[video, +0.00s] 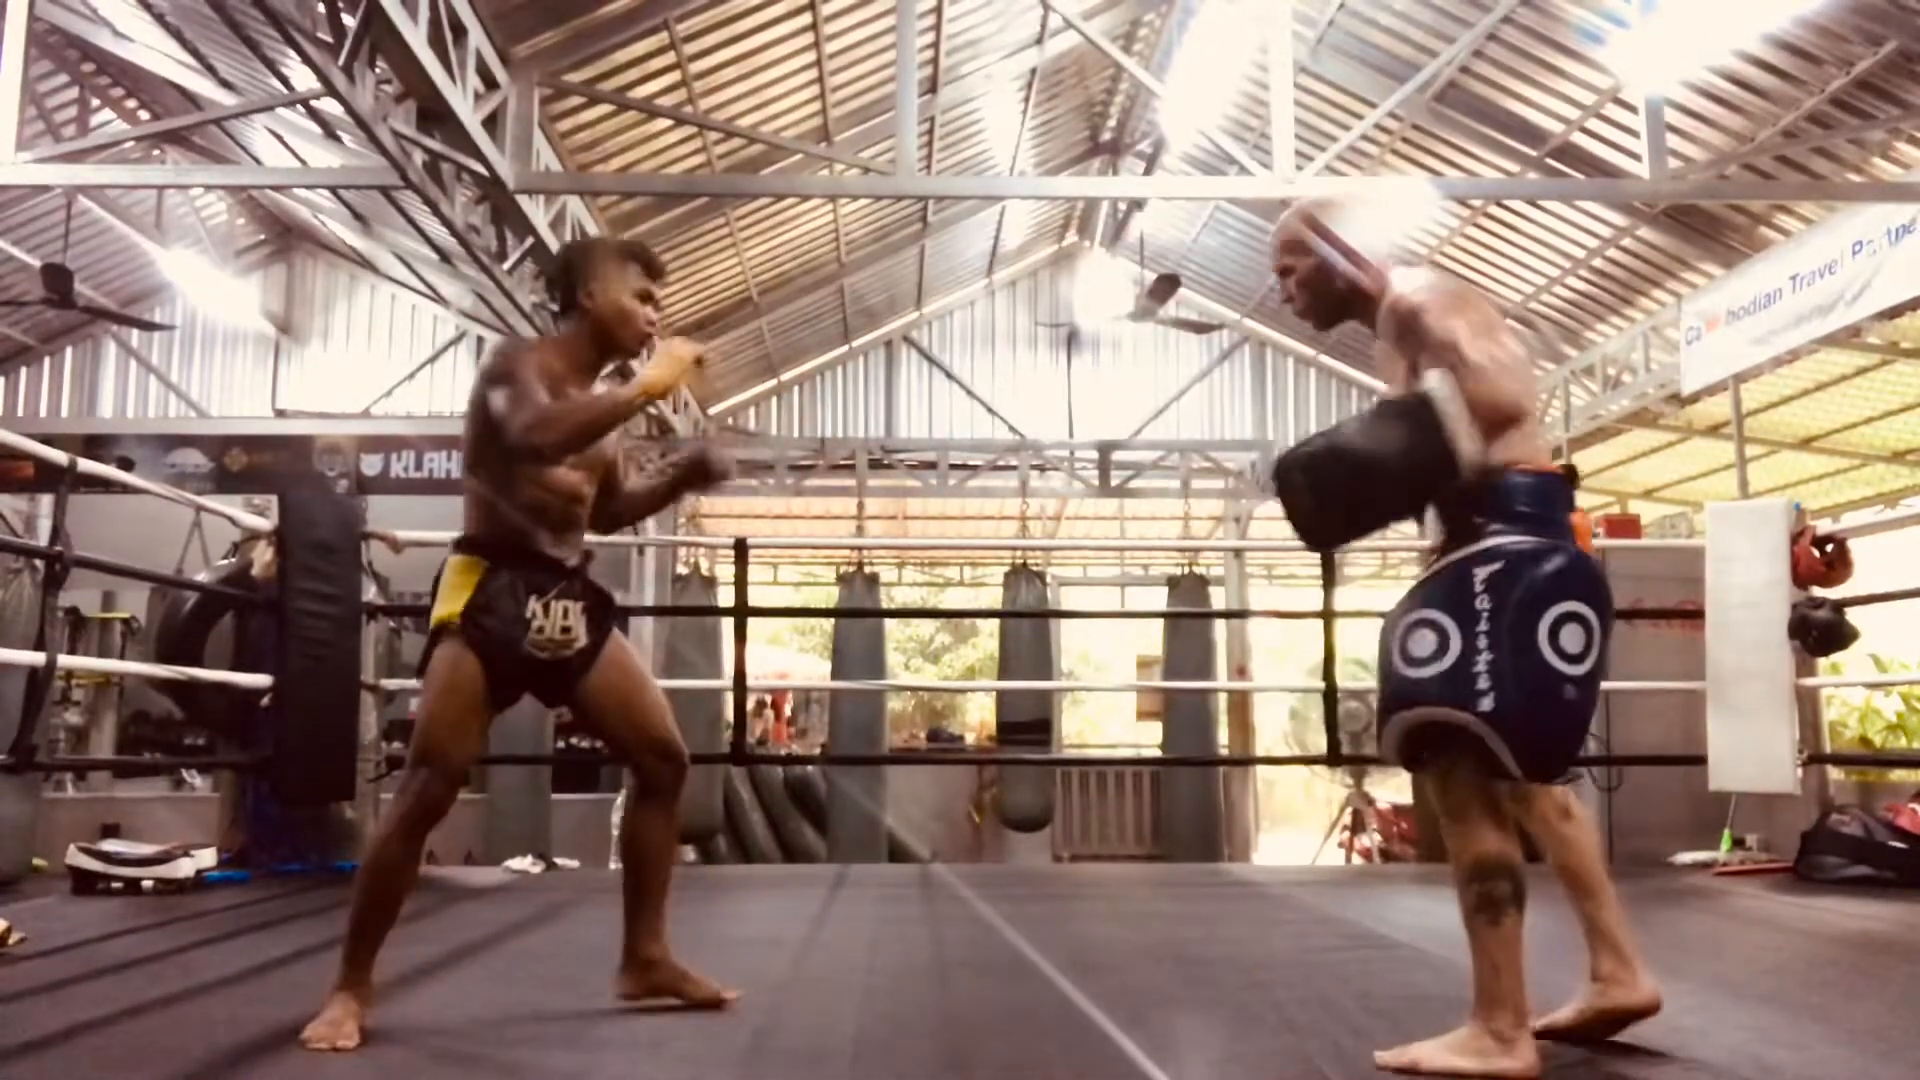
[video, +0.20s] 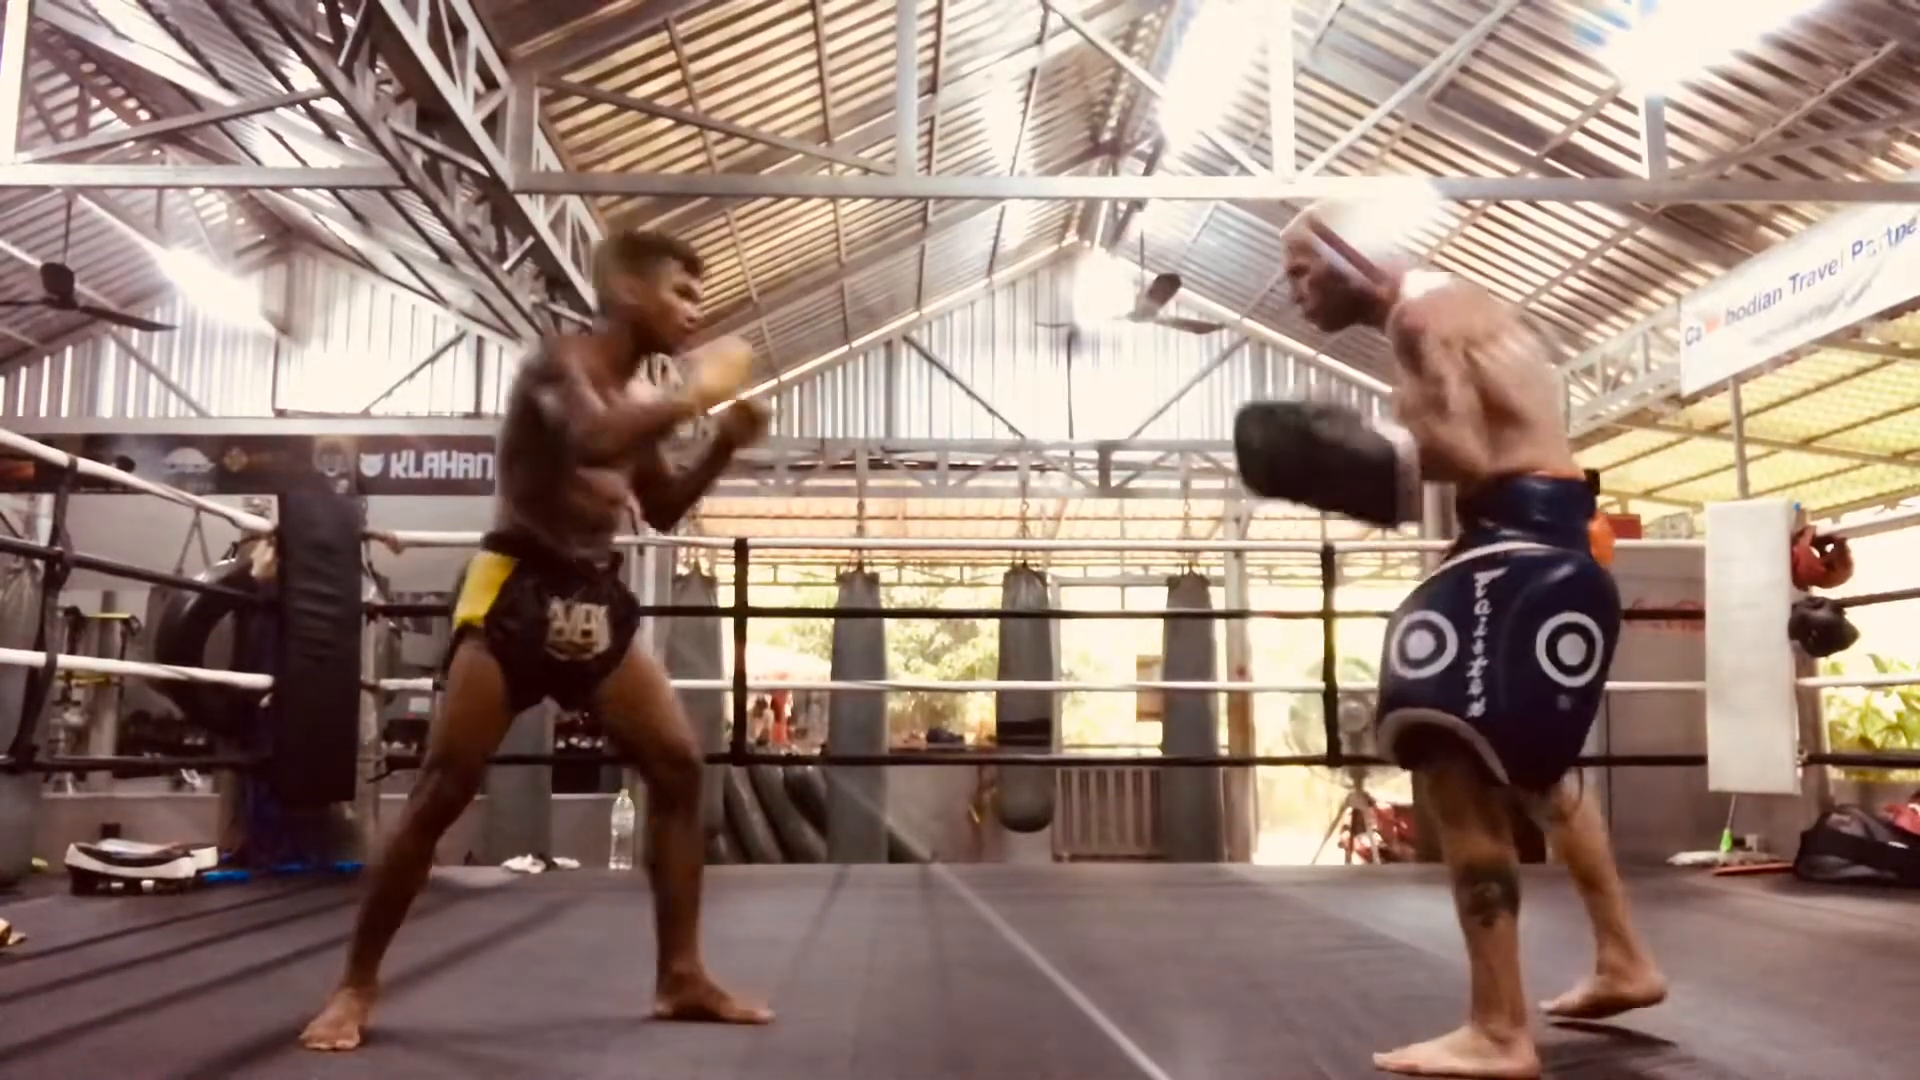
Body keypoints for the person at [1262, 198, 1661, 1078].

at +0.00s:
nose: (1285, 291)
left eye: (1291, 268)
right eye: (1279, 274)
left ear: (1338, 252)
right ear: (1342, 255)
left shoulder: (1415, 299)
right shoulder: (1430, 307)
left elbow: (1505, 395)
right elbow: (1456, 424)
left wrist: (1396, 442)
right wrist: (1372, 464)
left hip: (1501, 530)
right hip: (1535, 528)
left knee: (1462, 770)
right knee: (1532, 772)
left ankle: (1500, 1026)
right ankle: (1619, 974)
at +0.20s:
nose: (1293, 295)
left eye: (1299, 274)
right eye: (1291, 277)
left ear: (1344, 261)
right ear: (1356, 261)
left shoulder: (1425, 319)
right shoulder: (1472, 307)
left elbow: (1466, 452)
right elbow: (1486, 444)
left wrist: (1354, 448)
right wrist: (1359, 458)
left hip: (1516, 536)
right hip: (1564, 533)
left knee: (1451, 760)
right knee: (1540, 762)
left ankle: (1500, 1026)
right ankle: (1625, 962)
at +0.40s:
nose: (1344, 291)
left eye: (1346, 270)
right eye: (1337, 274)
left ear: (1387, 251)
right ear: (1405, 252)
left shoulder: (1467, 290)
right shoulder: (1449, 309)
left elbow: (1529, 382)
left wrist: (1432, 359)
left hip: (1522, 530)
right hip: (1548, 533)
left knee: (1461, 767)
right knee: (1569, 771)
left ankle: (1498, 1026)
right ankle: (1666, 974)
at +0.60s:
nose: (1375, 307)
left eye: (1382, 285)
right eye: (1372, 291)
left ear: (1436, 271)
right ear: (1429, 280)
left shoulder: (1521, 314)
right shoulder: (1470, 355)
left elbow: (1581, 400)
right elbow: (1502, 440)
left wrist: (1469, 420)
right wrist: (1425, 461)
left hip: (1570, 546)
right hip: (1556, 547)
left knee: (1462, 756)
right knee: (1592, 783)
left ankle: (1492, 1014)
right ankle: (1676, 993)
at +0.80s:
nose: (1388, 303)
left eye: (1395, 280)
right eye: (1384, 287)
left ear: (1450, 259)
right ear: (1445, 266)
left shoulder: (1512, 301)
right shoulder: (1480, 338)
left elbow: (1582, 382)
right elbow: (1497, 473)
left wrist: (1472, 386)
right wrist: (1423, 426)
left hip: (1561, 538)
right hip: (1569, 537)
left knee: (1482, 760)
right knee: (1608, 780)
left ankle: (1495, 1012)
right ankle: (1679, 991)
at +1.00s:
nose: (1368, 305)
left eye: (1376, 284)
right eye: (1364, 289)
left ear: (1428, 268)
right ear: (1433, 268)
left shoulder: (1473, 309)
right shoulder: (1519, 324)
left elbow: (1507, 397)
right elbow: (1489, 469)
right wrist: (1391, 477)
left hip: (1531, 550)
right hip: (1581, 551)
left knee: (1443, 759)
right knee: (1605, 786)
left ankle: (1488, 1008)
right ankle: (1680, 992)